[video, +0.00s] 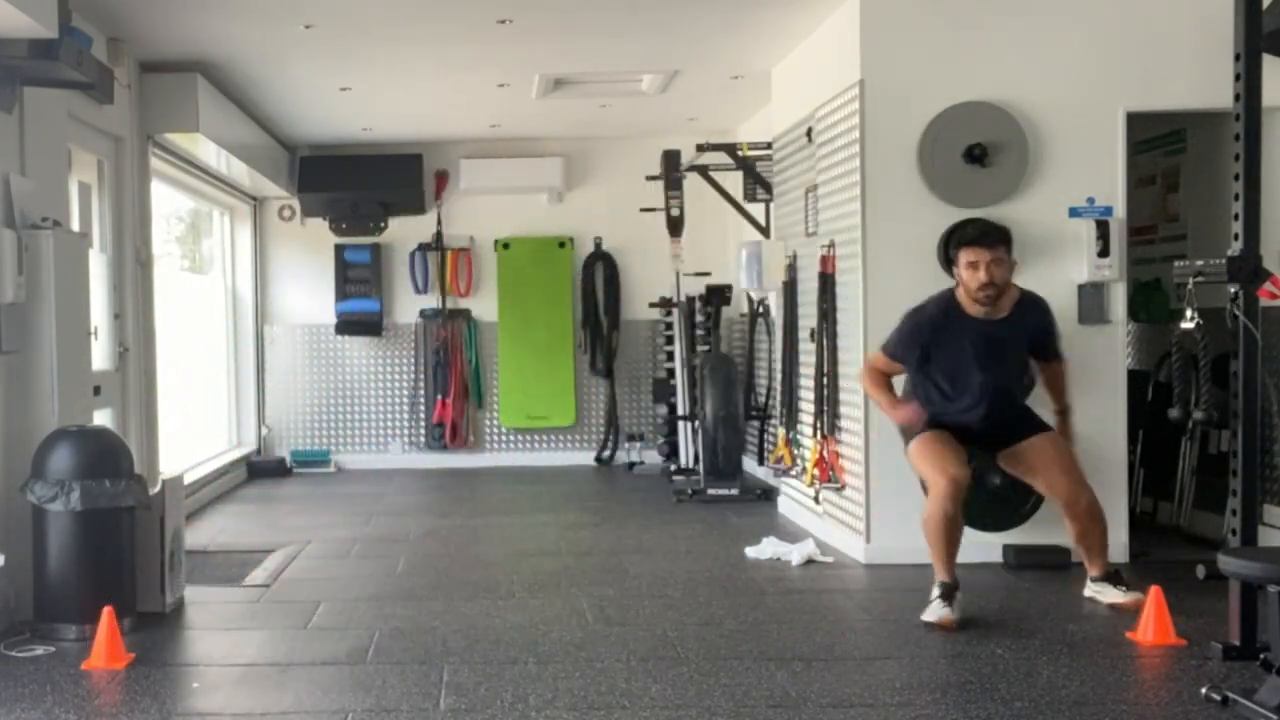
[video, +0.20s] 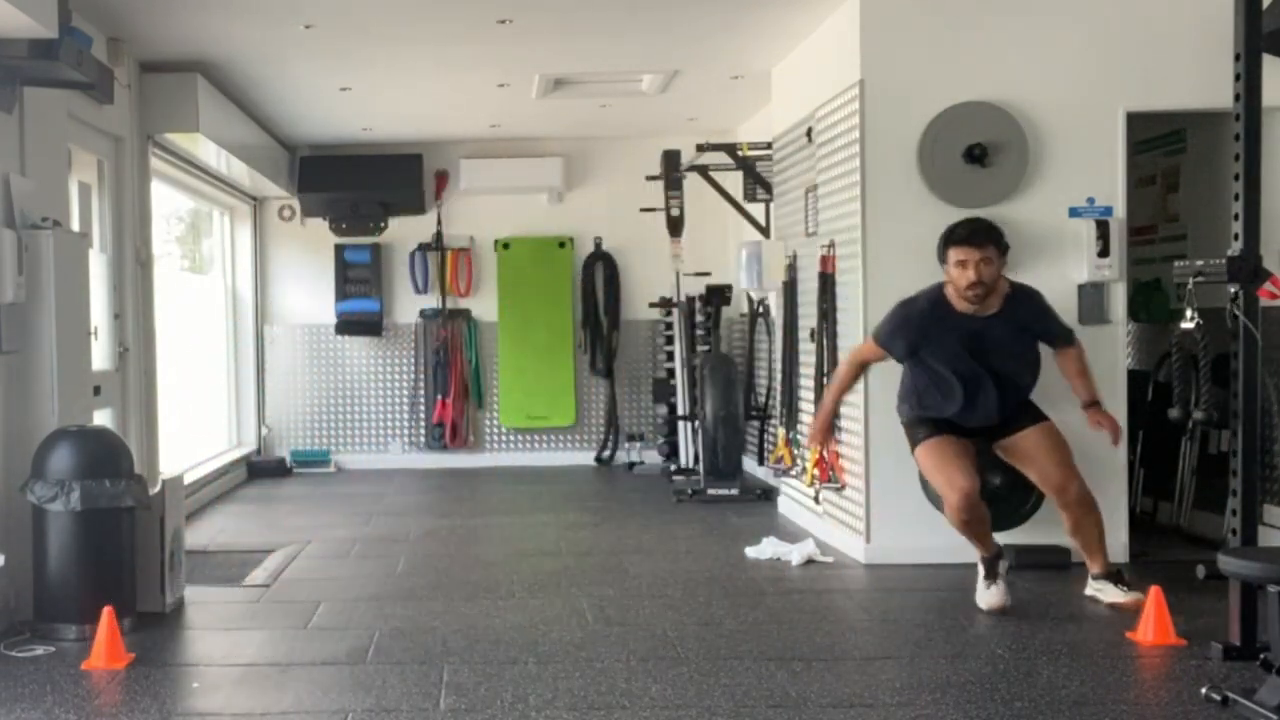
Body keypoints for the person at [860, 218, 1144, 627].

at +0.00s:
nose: (986, 277)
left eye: (995, 264)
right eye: (973, 267)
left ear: (1012, 265)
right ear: (955, 271)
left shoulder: (1032, 311)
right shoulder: (929, 318)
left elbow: (1051, 365)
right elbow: (874, 370)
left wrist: (1062, 413)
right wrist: (893, 407)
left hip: (1005, 418)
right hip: (936, 422)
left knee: (1076, 493)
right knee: (949, 480)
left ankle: (1099, 578)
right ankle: (944, 587)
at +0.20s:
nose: (973, 275)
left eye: (984, 263)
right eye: (960, 265)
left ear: (1002, 264)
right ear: (945, 269)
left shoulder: (1026, 304)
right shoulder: (919, 314)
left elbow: (1065, 345)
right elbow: (858, 359)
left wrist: (1090, 403)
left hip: (1007, 408)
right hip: (935, 415)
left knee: (1068, 485)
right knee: (961, 498)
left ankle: (1101, 575)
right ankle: (990, 560)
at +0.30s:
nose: (930, 265)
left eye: (941, 255)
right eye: (919, 255)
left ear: (960, 257)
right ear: (904, 258)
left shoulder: (983, 294)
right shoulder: (877, 305)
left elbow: (1014, 335)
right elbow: (811, 341)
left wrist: (1031, 377)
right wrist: (767, 392)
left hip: (985, 403)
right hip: (915, 421)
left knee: (1043, 489)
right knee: (945, 517)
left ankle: (1097, 562)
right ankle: (994, 565)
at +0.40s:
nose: (884, 259)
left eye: (893, 247)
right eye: (873, 249)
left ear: (909, 246)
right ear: (858, 251)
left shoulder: (939, 283)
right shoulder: (838, 298)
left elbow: (964, 320)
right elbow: (778, 328)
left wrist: (977, 361)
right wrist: (761, 337)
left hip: (941, 395)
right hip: (883, 415)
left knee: (966, 479)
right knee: (925, 510)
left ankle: (1020, 551)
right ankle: (993, 567)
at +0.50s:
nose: (838, 247)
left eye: (848, 235)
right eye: (827, 237)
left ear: (863, 234)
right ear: (812, 239)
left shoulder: (889, 276)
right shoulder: (792, 284)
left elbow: (926, 324)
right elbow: (723, 333)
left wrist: (947, 374)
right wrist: (760, 346)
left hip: (877, 383)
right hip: (826, 401)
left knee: (878, 467)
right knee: (891, 493)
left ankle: (885, 569)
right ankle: (976, 561)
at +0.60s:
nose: (782, 244)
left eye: (791, 231)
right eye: (771, 234)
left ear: (806, 230)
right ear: (757, 236)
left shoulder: (834, 279)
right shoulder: (737, 283)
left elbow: (881, 332)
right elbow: (689, 334)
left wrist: (912, 393)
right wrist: (713, 392)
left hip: (820, 394)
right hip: (762, 403)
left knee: (826, 486)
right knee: (803, 502)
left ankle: (847, 589)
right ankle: (864, 528)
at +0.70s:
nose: (706, 240)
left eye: (715, 229)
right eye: (695, 230)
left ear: (728, 228)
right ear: (680, 233)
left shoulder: (764, 276)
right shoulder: (665, 279)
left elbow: (822, 324)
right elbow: (635, 311)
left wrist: (843, 386)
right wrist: (633, 376)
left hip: (767, 395)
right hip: (701, 397)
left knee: (798, 488)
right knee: (680, 489)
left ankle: (843, 585)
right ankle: (707, 537)